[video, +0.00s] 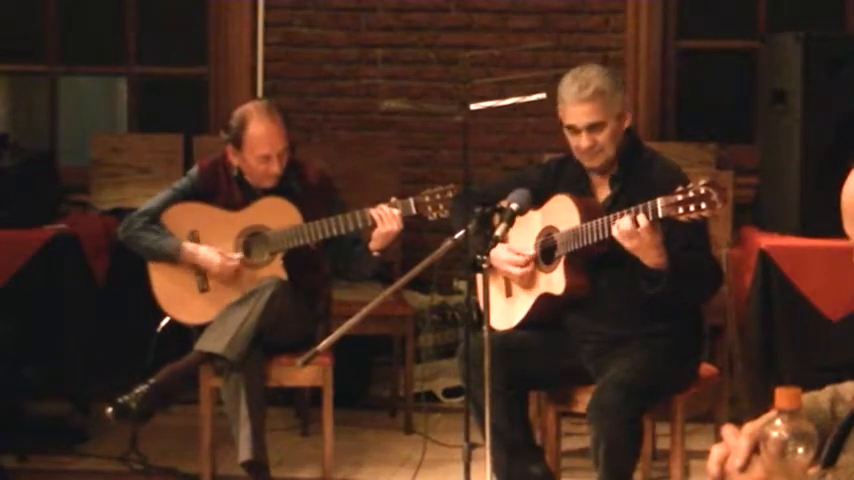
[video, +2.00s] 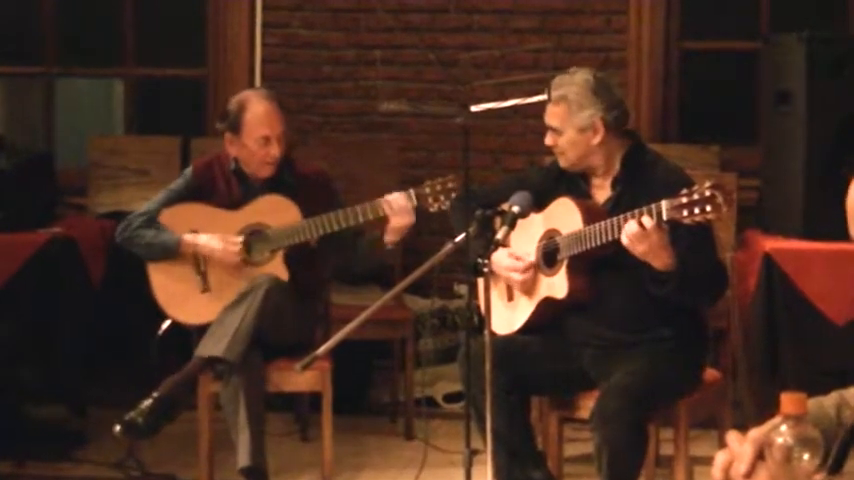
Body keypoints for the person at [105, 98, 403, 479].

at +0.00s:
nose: (276, 168)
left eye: (282, 156)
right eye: (264, 159)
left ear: (289, 145)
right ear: (234, 155)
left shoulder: (308, 184)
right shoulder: (210, 178)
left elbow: (344, 262)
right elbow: (133, 229)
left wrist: (375, 250)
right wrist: (197, 255)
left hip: (296, 315)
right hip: (229, 311)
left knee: (272, 291)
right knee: (244, 350)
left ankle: (167, 381)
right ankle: (255, 468)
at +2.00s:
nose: (275, 151)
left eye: (280, 139)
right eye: (263, 142)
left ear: (287, 136)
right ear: (232, 143)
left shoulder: (310, 185)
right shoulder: (206, 178)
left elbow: (345, 260)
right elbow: (131, 232)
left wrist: (389, 238)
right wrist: (197, 243)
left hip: (297, 319)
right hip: (225, 313)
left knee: (266, 289)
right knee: (244, 356)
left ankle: (169, 395)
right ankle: (252, 470)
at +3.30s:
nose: (233, 138)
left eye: (238, 123)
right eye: (216, 126)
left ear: (247, 120)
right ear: (178, 131)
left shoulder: (276, 189)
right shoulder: (147, 177)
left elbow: (302, 306)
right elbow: (45, 243)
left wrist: (324, 287)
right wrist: (136, 264)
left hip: (257, 361)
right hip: (166, 356)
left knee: (223, 324)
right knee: (188, 424)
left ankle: (92, 443)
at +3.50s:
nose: (213, 137)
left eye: (224, 121)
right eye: (196, 123)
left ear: (239, 122)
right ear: (165, 126)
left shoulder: (273, 189)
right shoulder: (139, 177)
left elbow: (296, 306)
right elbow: (39, 246)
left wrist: (320, 287)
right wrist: (131, 265)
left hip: (251, 361)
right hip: (157, 353)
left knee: (218, 327)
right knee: (183, 420)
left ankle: (86, 445)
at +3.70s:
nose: (180, 144)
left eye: (197, 130)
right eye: (168, 127)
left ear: (228, 131)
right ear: (154, 121)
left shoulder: (270, 189)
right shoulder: (133, 177)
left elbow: (292, 309)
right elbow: (34, 248)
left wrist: (317, 289)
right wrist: (123, 275)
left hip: (246, 364)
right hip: (152, 354)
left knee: (215, 329)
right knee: (179, 424)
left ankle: (93, 443)